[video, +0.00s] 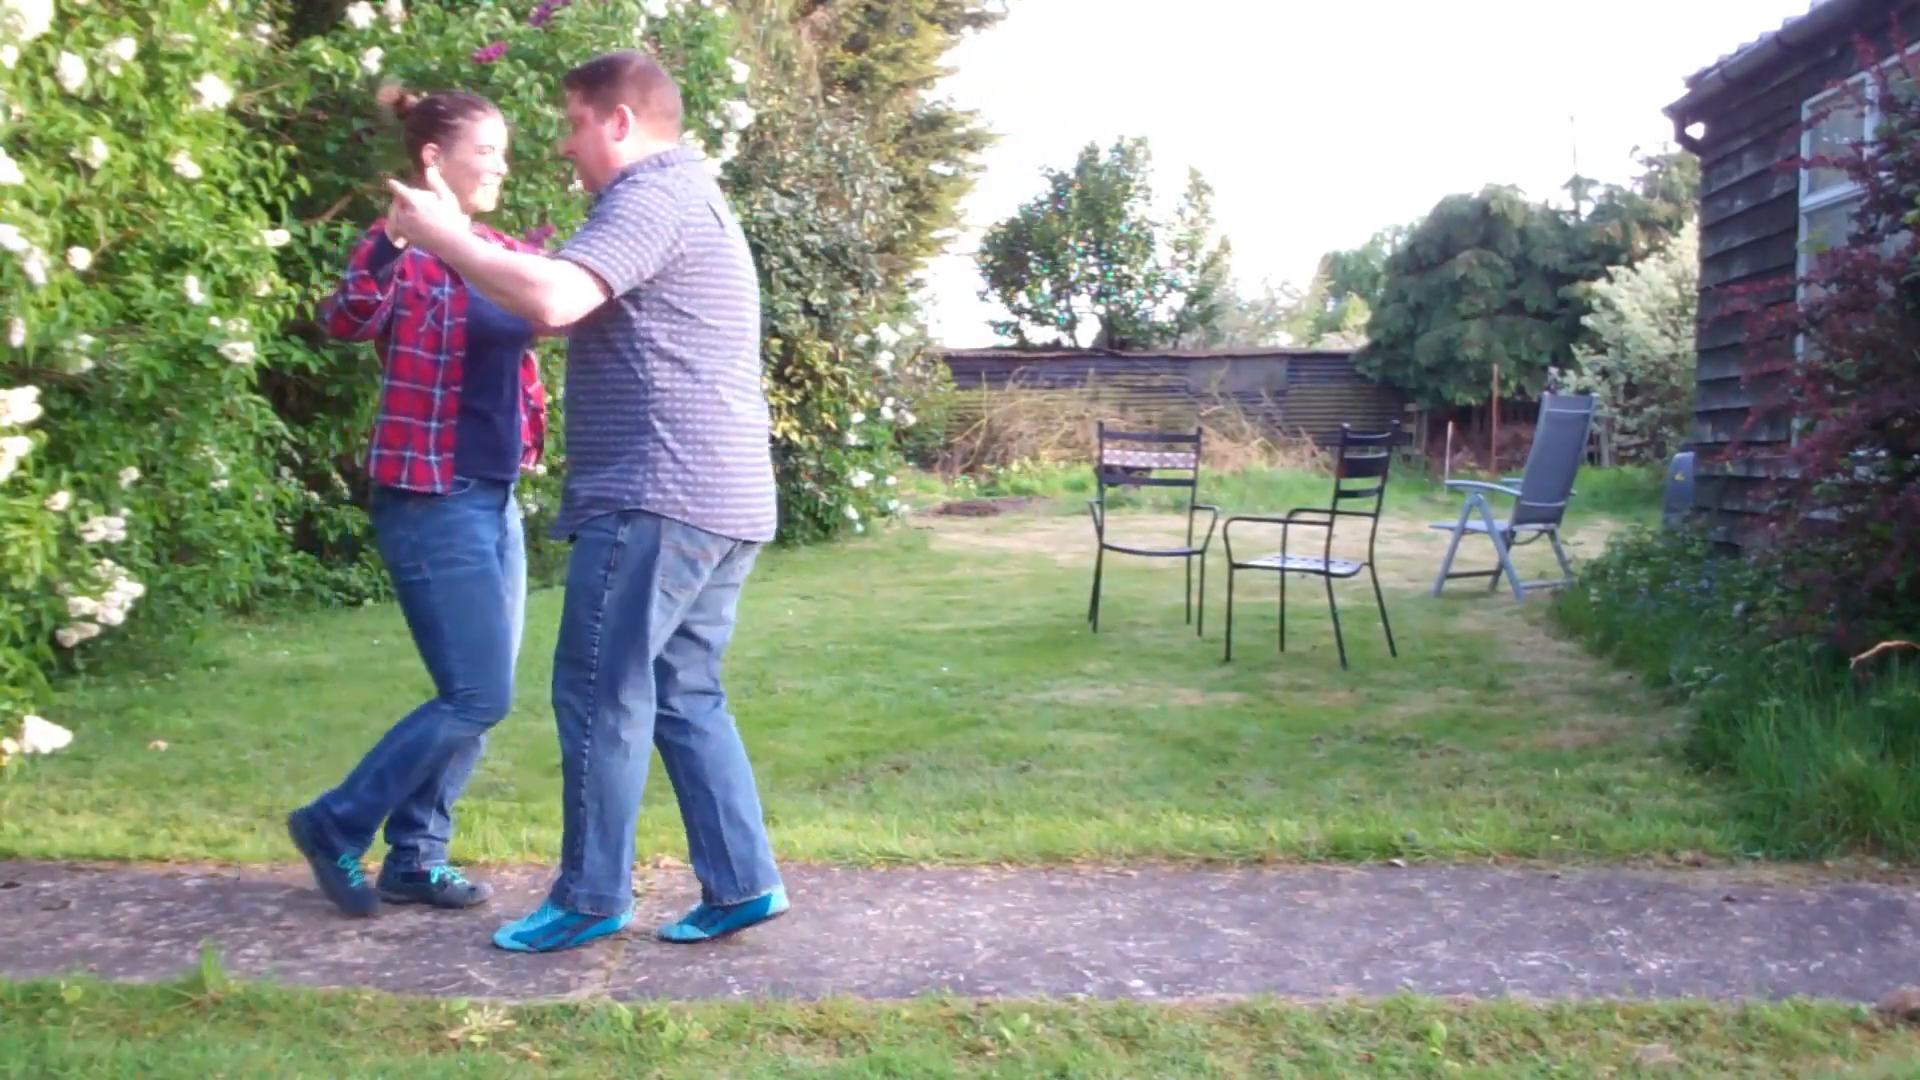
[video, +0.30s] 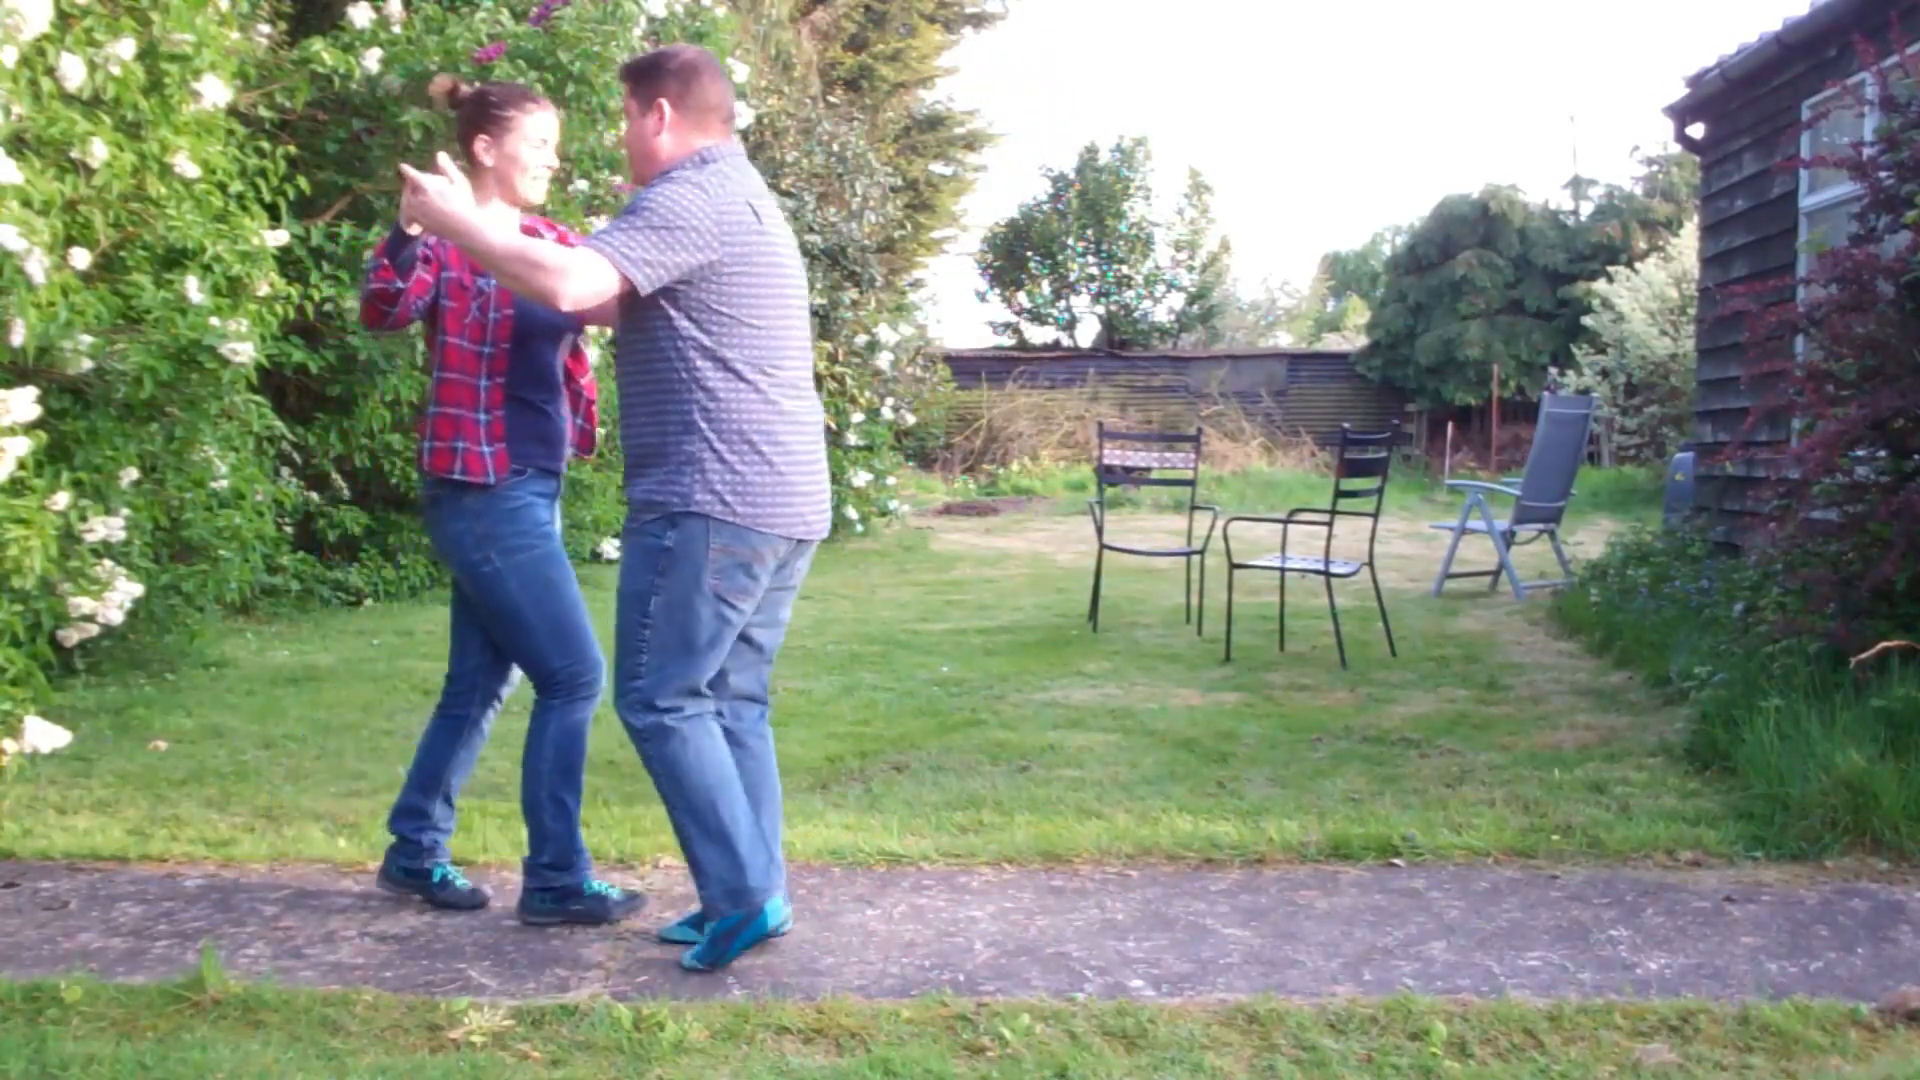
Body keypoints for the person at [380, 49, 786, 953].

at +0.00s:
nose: (567, 150)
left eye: (573, 129)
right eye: (566, 131)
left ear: (618, 120)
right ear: (643, 121)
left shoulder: (655, 194)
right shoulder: (692, 192)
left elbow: (554, 297)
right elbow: (566, 289)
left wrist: (440, 235)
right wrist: (467, 241)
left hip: (659, 493)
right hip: (725, 494)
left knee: (599, 693)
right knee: (685, 687)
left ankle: (590, 898)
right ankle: (743, 882)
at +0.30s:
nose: (622, 145)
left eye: (626, 126)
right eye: (622, 127)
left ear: (661, 115)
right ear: (710, 116)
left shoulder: (695, 194)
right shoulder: (741, 192)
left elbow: (575, 285)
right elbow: (620, 292)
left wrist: (454, 221)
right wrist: (513, 242)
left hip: (715, 495)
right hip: (783, 495)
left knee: (659, 698)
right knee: (734, 697)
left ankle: (738, 896)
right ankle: (753, 892)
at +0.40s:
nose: (641, 136)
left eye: (643, 118)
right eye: (643, 118)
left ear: (674, 112)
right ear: (731, 113)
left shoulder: (701, 193)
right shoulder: (754, 191)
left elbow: (571, 279)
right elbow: (632, 301)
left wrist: (460, 218)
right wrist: (564, 243)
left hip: (733, 498)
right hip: (799, 496)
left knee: (709, 713)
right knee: (749, 706)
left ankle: (767, 923)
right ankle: (746, 901)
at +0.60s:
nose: (671, 134)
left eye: (676, 115)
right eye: (674, 115)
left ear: (706, 111)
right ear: (766, 114)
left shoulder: (719, 197)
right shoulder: (793, 193)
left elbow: (591, 294)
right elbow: (671, 289)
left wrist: (484, 246)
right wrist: (554, 242)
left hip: (757, 508)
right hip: (842, 504)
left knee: (744, 719)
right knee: (794, 705)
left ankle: (778, 939)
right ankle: (816, 898)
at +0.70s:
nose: (694, 138)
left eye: (698, 120)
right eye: (696, 120)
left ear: (727, 116)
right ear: (793, 119)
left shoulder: (730, 206)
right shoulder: (826, 205)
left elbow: (611, 313)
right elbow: (722, 313)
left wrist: (503, 273)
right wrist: (636, 253)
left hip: (759, 513)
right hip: (858, 509)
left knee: (737, 720)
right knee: (816, 703)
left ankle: (779, 939)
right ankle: (874, 894)